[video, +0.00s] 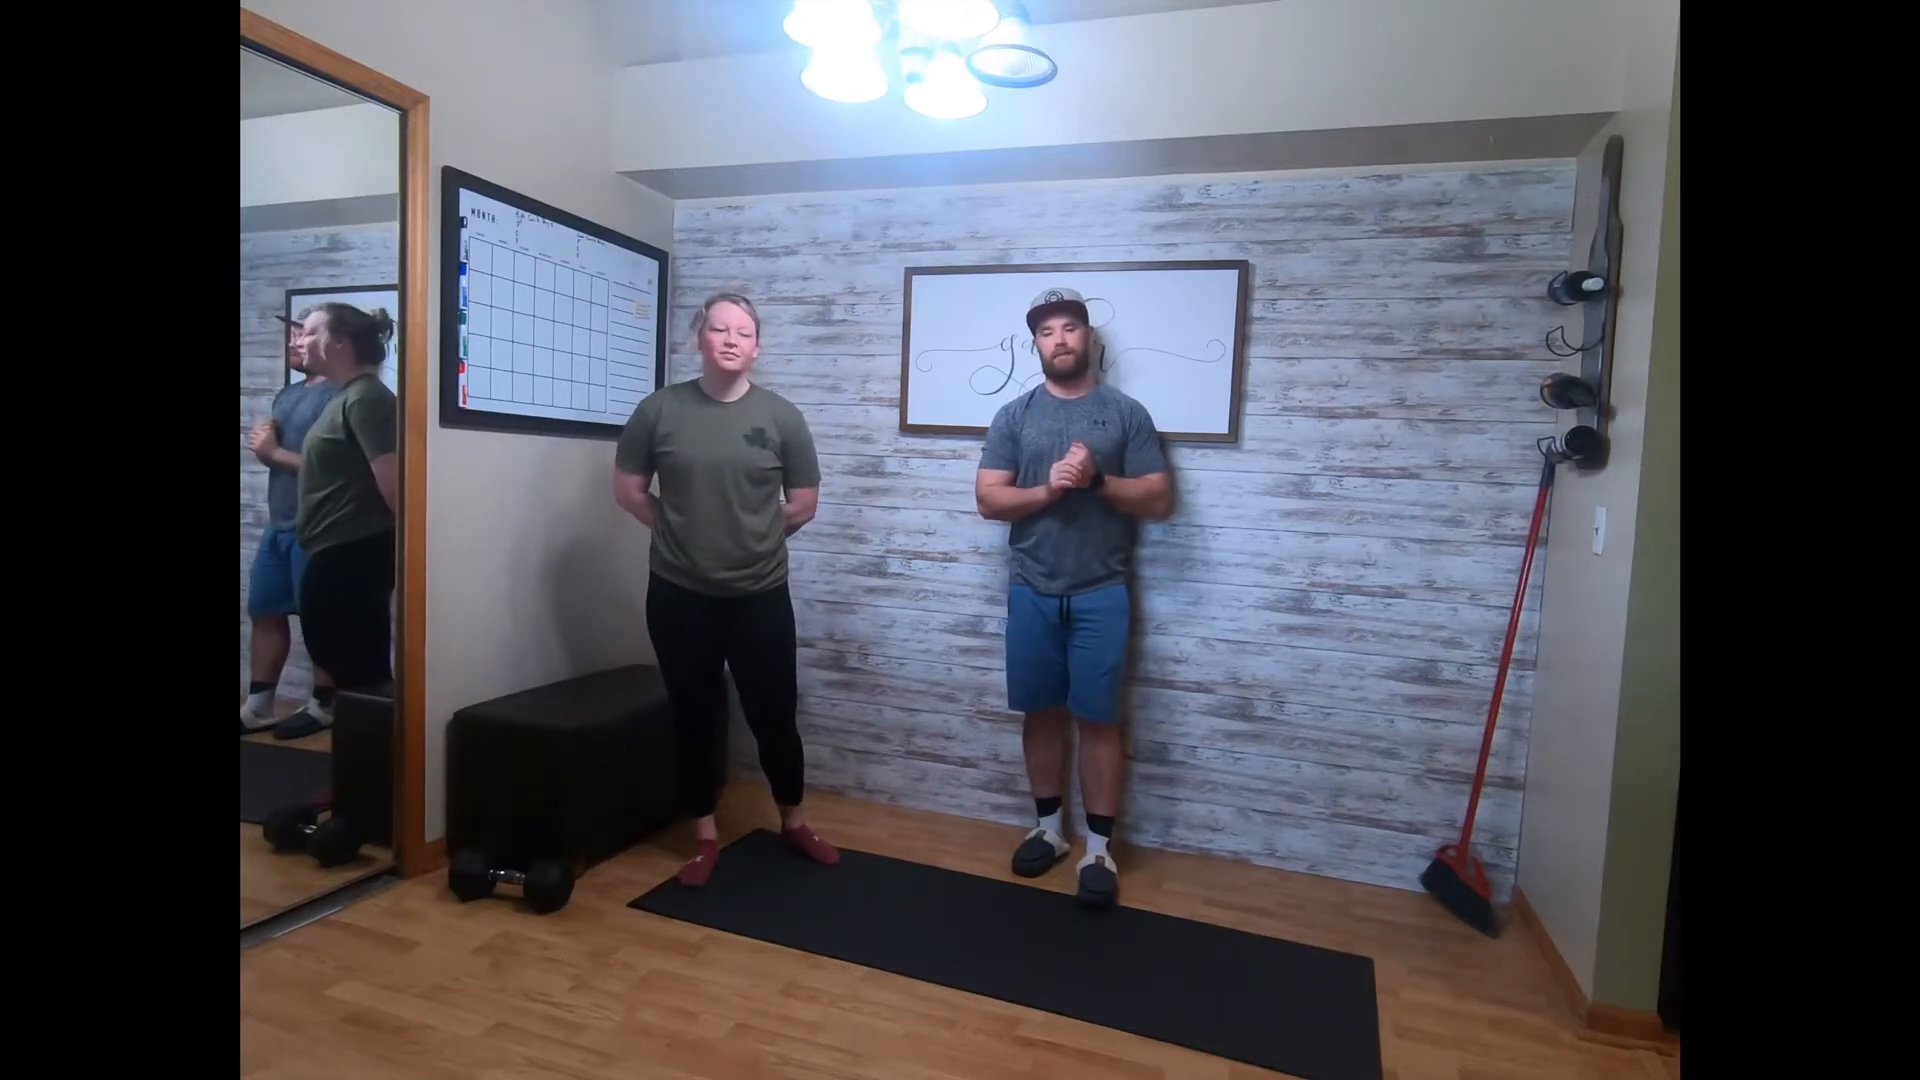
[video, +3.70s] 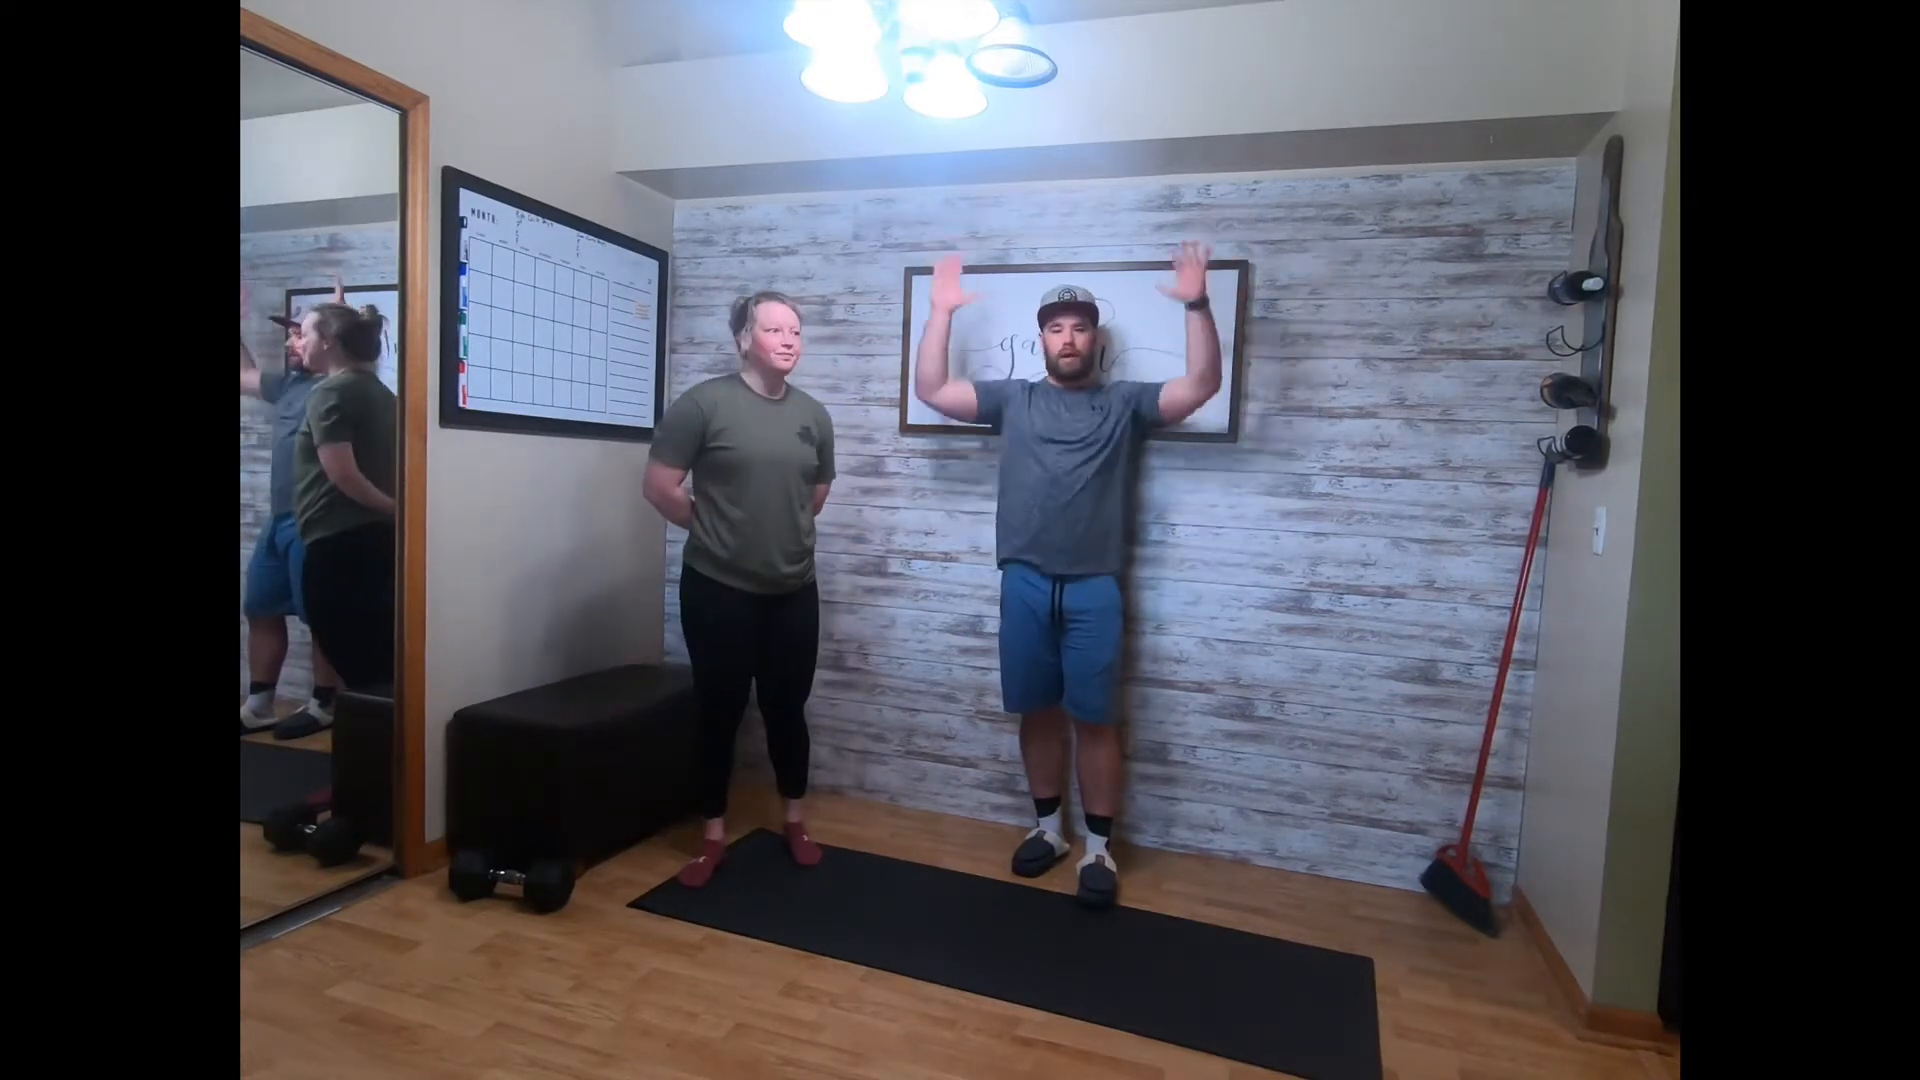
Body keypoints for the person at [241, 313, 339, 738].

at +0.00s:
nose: (295, 340)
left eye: (305, 332)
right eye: (295, 333)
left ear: (329, 343)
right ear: (296, 344)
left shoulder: (339, 396)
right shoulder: (286, 397)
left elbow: (324, 465)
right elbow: (286, 455)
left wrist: (272, 451)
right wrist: (267, 443)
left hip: (317, 530)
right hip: (279, 527)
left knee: (319, 621)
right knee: (266, 612)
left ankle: (324, 706)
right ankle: (259, 704)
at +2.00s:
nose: (298, 339)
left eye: (308, 333)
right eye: (298, 332)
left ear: (329, 344)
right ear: (299, 341)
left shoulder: (342, 397)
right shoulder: (289, 395)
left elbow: (339, 465)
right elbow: (278, 443)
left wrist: (275, 461)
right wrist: (264, 441)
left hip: (319, 525)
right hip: (278, 524)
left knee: (322, 619)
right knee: (263, 610)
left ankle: (323, 707)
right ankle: (260, 703)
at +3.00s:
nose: (294, 339)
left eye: (304, 332)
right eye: (295, 333)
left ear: (326, 342)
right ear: (299, 344)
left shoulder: (343, 392)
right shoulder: (294, 394)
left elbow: (346, 447)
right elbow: (276, 446)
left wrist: (317, 412)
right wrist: (248, 413)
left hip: (317, 523)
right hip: (276, 523)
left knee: (321, 617)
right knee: (260, 608)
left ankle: (324, 706)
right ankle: (259, 704)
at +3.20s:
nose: (300, 344)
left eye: (310, 336)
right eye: (300, 337)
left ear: (334, 344)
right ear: (301, 345)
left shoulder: (347, 394)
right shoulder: (293, 391)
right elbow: (254, 411)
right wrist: (242, 371)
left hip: (319, 527)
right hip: (279, 525)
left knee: (321, 619)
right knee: (261, 609)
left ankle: (325, 706)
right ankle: (259, 703)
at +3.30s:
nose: (298, 342)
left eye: (308, 336)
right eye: (297, 335)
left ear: (331, 344)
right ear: (296, 343)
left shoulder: (347, 391)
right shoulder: (289, 386)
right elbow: (250, 384)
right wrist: (238, 346)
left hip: (322, 528)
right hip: (280, 523)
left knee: (322, 621)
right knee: (264, 609)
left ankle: (324, 705)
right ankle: (259, 703)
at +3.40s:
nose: (296, 340)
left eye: (305, 333)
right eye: (296, 332)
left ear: (329, 341)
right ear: (296, 341)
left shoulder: (340, 385)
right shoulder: (290, 379)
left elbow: (351, 345)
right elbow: (253, 355)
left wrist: (340, 299)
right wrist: (238, 324)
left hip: (322, 522)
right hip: (283, 519)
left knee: (322, 618)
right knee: (264, 609)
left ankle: (324, 705)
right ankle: (259, 702)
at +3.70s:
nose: (291, 340)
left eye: (301, 332)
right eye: (292, 333)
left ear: (327, 340)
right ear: (294, 342)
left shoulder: (338, 386)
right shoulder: (287, 381)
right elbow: (246, 375)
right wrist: (240, 328)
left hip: (318, 524)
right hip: (280, 521)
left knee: (321, 620)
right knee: (262, 609)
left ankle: (324, 705)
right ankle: (259, 703)